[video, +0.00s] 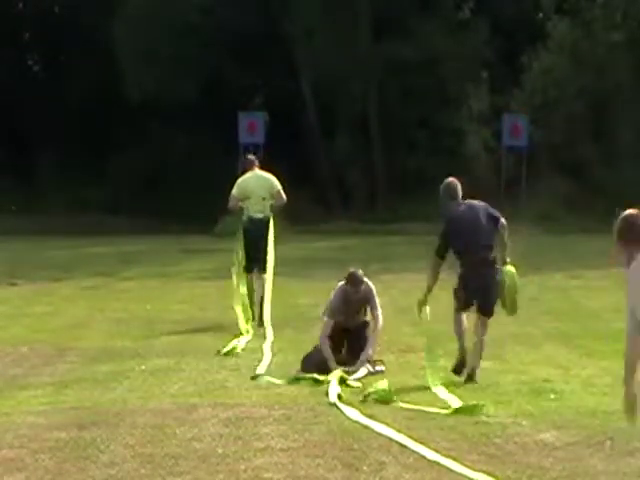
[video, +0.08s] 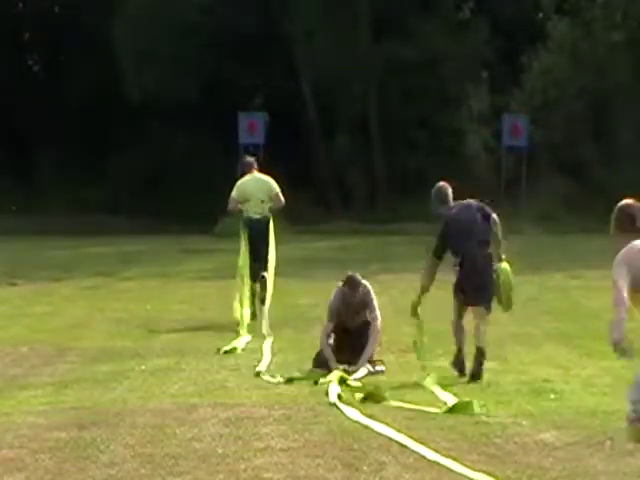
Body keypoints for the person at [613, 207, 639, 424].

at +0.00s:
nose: (617, 246)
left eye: (619, 240)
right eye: (618, 240)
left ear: (625, 241)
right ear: (632, 239)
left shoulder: (635, 271)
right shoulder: (632, 271)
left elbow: (633, 335)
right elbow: (632, 335)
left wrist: (629, 384)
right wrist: (629, 384)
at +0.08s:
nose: (617, 232)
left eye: (618, 227)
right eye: (618, 227)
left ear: (620, 227)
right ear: (637, 224)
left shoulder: (626, 258)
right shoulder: (626, 258)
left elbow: (621, 299)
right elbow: (621, 299)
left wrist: (618, 333)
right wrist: (618, 333)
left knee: (638, 377)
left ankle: (635, 408)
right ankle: (635, 408)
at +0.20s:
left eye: (596, 209)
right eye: (619, 207)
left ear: (594, 210)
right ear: (622, 209)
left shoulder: (591, 234)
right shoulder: (633, 236)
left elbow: (582, 269)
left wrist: (574, 317)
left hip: (622, 314)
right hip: (636, 313)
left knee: (585, 367)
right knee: (628, 356)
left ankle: (602, 446)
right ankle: (620, 392)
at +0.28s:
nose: (574, 218)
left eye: (574, 214)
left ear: (576, 214)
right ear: (604, 216)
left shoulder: (570, 235)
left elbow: (548, 280)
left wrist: (533, 333)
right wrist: (605, 400)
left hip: (592, 310)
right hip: (630, 313)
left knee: (553, 379)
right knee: (634, 399)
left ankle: (535, 453)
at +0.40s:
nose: (574, 254)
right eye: (575, 250)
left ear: (551, 249)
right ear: (576, 250)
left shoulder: (542, 267)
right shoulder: (589, 276)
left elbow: (511, 319)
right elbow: (589, 323)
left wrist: (502, 372)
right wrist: (593, 360)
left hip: (544, 335)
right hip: (580, 340)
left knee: (520, 403)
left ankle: (498, 468)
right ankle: (586, 446)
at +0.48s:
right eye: (561, 282)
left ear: (536, 280)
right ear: (561, 285)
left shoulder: (525, 295)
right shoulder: (571, 313)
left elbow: (492, 356)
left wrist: (506, 404)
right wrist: (573, 473)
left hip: (512, 365)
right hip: (549, 377)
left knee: (499, 412)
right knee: (544, 442)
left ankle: (481, 471)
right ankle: (516, 473)